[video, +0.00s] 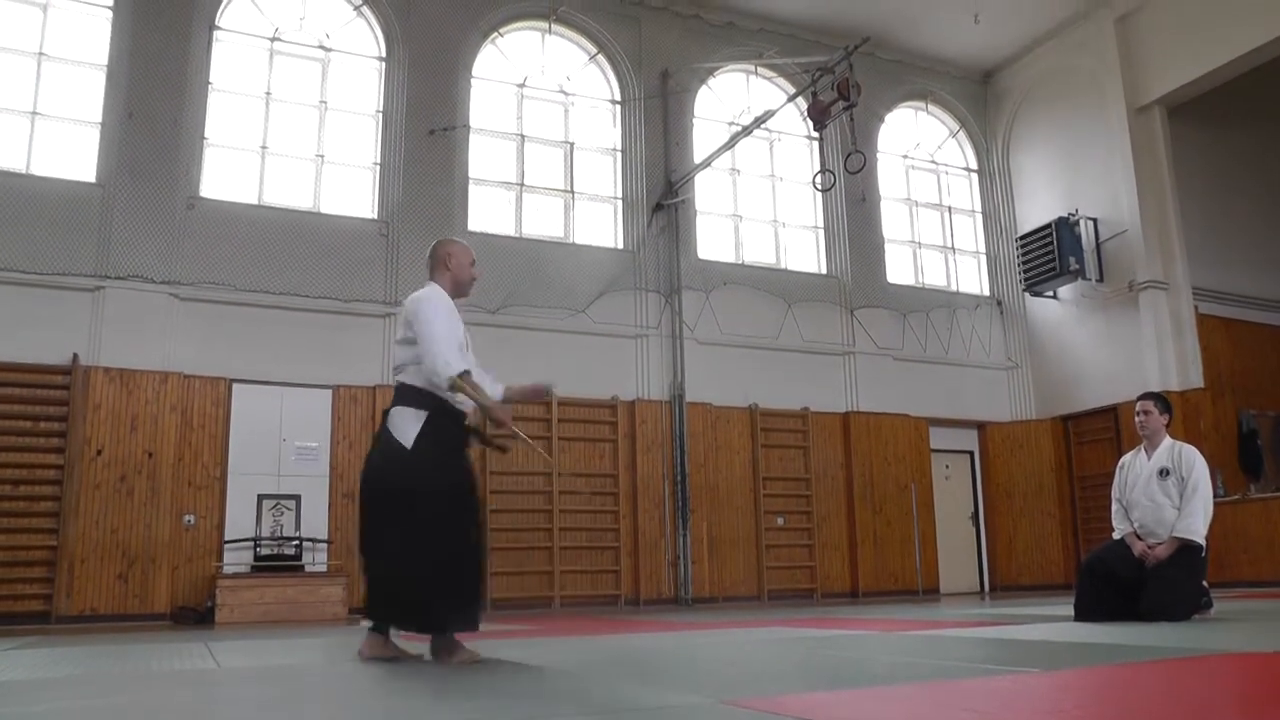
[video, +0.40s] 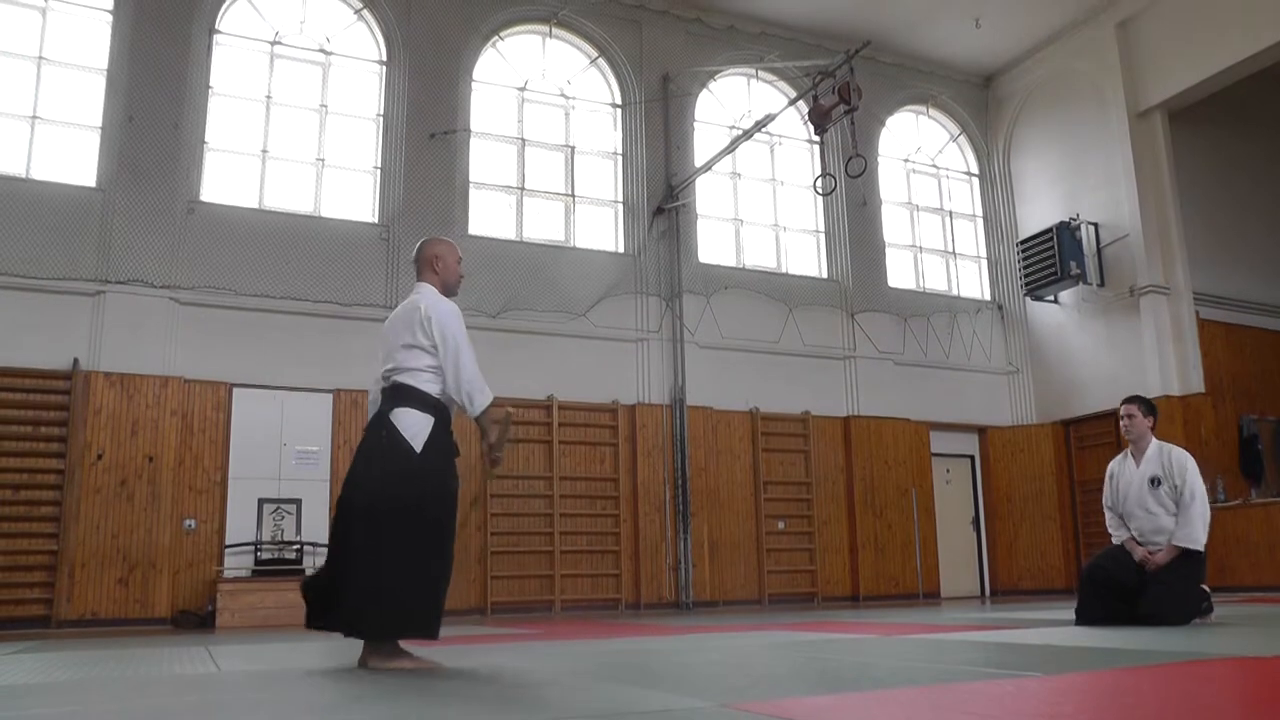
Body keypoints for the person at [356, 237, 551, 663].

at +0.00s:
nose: (476, 273)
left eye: (475, 266)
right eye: (470, 265)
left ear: (446, 264)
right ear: (447, 264)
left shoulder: (447, 314)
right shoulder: (431, 299)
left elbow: (472, 378)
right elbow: (447, 365)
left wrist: (517, 392)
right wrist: (489, 406)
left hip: (422, 424)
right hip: (424, 427)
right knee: (452, 530)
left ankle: (378, 636)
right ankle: (445, 640)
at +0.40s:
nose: (462, 271)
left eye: (461, 263)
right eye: (457, 263)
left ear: (428, 266)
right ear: (435, 264)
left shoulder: (401, 311)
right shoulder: (439, 307)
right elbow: (460, 367)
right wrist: (491, 420)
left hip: (391, 418)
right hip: (418, 423)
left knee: (391, 528)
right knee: (407, 529)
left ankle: (382, 642)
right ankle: (382, 645)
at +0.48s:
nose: (464, 269)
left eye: (463, 261)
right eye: (460, 261)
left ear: (431, 264)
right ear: (438, 262)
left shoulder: (398, 313)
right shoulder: (442, 305)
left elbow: (379, 383)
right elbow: (462, 366)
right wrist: (489, 424)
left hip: (392, 417)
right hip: (419, 420)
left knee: (391, 525)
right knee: (412, 526)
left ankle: (382, 642)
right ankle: (383, 645)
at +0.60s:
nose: (470, 269)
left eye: (469, 261)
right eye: (465, 260)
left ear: (435, 264)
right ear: (443, 262)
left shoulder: (398, 313)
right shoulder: (447, 306)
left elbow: (384, 381)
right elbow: (467, 370)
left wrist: (379, 430)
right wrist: (492, 431)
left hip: (390, 420)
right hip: (423, 423)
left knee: (390, 528)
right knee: (413, 529)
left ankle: (389, 645)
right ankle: (391, 647)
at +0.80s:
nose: (481, 274)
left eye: (480, 265)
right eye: (476, 265)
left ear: (444, 267)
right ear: (454, 265)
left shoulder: (405, 317)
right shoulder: (461, 310)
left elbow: (393, 384)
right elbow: (481, 375)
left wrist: (402, 426)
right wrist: (503, 435)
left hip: (397, 429)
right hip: (436, 430)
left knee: (392, 535)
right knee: (450, 532)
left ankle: (385, 647)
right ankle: (457, 638)